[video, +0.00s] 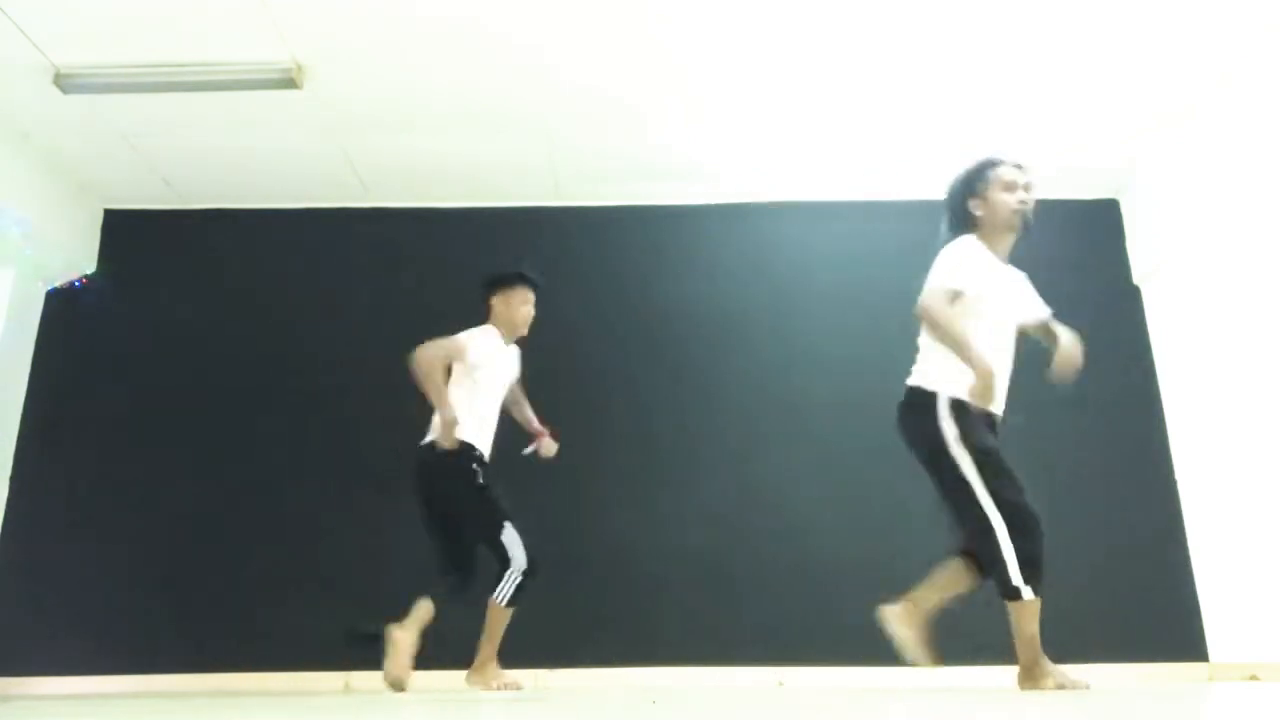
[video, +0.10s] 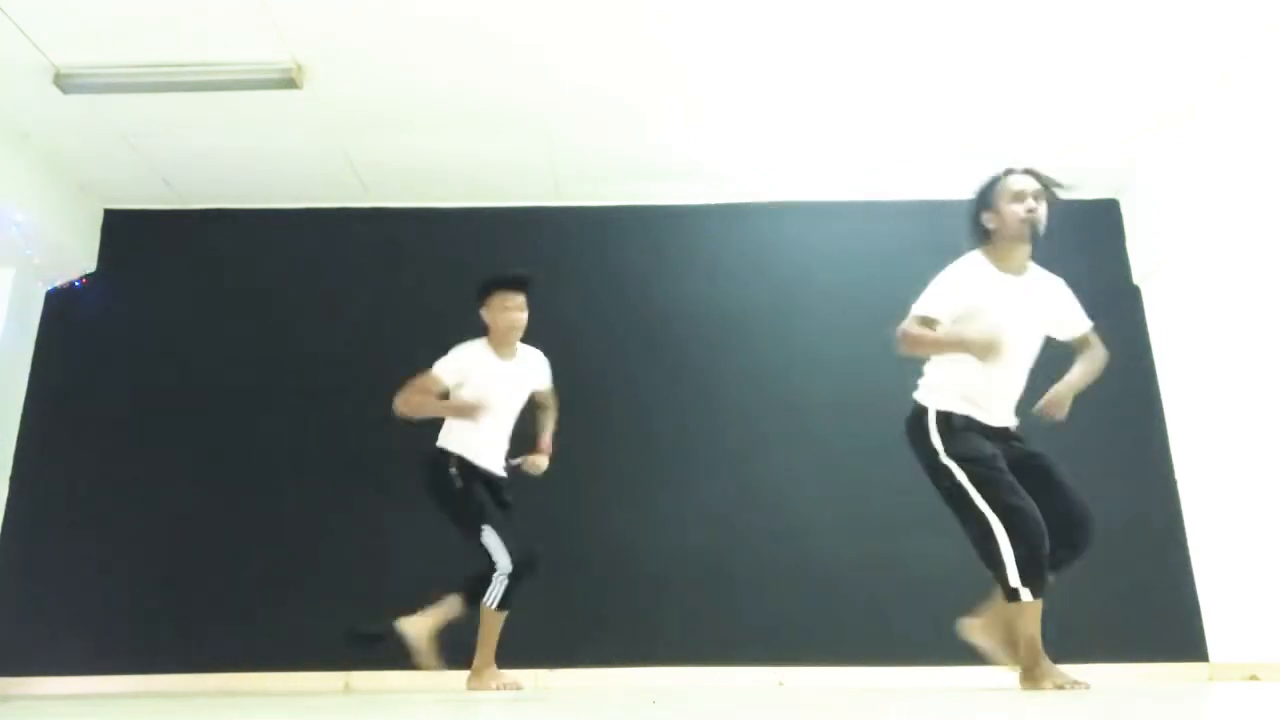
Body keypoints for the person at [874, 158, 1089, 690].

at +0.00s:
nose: (1026, 197)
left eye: (1027, 188)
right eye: (1011, 188)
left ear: (1027, 204)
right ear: (976, 203)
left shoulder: (1014, 281)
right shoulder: (960, 252)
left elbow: (1048, 329)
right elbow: (931, 308)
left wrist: (1066, 343)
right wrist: (979, 363)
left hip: (974, 412)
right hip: (939, 404)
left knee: (996, 534)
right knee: (1015, 526)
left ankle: (910, 612)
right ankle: (1033, 668)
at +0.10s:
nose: (1032, 206)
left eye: (1038, 199)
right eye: (1018, 199)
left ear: (1047, 213)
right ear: (989, 217)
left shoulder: (1049, 288)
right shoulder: (966, 272)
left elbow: (1095, 351)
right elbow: (907, 337)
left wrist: (1067, 386)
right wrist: (967, 342)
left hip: (999, 426)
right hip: (945, 419)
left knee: (1068, 526)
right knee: (1020, 528)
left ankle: (988, 623)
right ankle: (1035, 669)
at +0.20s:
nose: (1032, 218)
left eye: (1041, 209)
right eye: (1019, 210)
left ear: (1052, 223)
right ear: (995, 225)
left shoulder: (1067, 297)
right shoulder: (966, 291)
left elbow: (1116, 361)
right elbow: (904, 357)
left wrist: (1071, 404)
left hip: (1021, 432)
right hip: (959, 428)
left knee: (1108, 517)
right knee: (1029, 529)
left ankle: (1053, 626)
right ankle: (1038, 669)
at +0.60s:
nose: (1060, 251)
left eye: (1069, 242)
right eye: (1047, 241)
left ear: (1080, 250)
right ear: (1021, 252)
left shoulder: (1099, 309)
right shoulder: (999, 313)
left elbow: (1148, 368)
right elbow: (941, 360)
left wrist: (1104, 424)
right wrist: (875, 350)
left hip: (1061, 448)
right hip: (1001, 439)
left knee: (1148, 529)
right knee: (1053, 531)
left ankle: (1075, 628)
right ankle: (1044, 665)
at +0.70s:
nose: (1081, 258)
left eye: (1089, 248)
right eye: (1068, 247)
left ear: (1096, 257)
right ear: (1037, 258)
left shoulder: (1107, 315)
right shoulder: (1015, 317)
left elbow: (1148, 374)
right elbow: (996, 374)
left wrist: (1105, 429)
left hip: (1062, 452)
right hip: (1006, 442)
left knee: (1149, 525)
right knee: (1054, 527)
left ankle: (1129, 644)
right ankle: (1045, 664)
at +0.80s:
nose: (1106, 262)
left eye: (1114, 253)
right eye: (1094, 251)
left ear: (1121, 263)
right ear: (1061, 261)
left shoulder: (1117, 319)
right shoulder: (1037, 321)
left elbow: (1145, 379)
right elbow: (1066, 386)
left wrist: (1107, 431)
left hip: (1060, 452)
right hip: (1009, 442)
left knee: (1138, 529)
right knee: (1060, 532)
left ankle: (1179, 653)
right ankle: (1045, 666)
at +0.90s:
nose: (1138, 267)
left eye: (1144, 259)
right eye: (1126, 256)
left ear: (1149, 268)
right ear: (1090, 265)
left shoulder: (1131, 326)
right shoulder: (1064, 322)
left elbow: (1136, 394)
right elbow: (1107, 400)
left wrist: (1111, 427)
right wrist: (1172, 386)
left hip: (1060, 452)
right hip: (1017, 441)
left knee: (1121, 533)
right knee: (1068, 528)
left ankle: (1181, 658)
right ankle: (1044, 665)